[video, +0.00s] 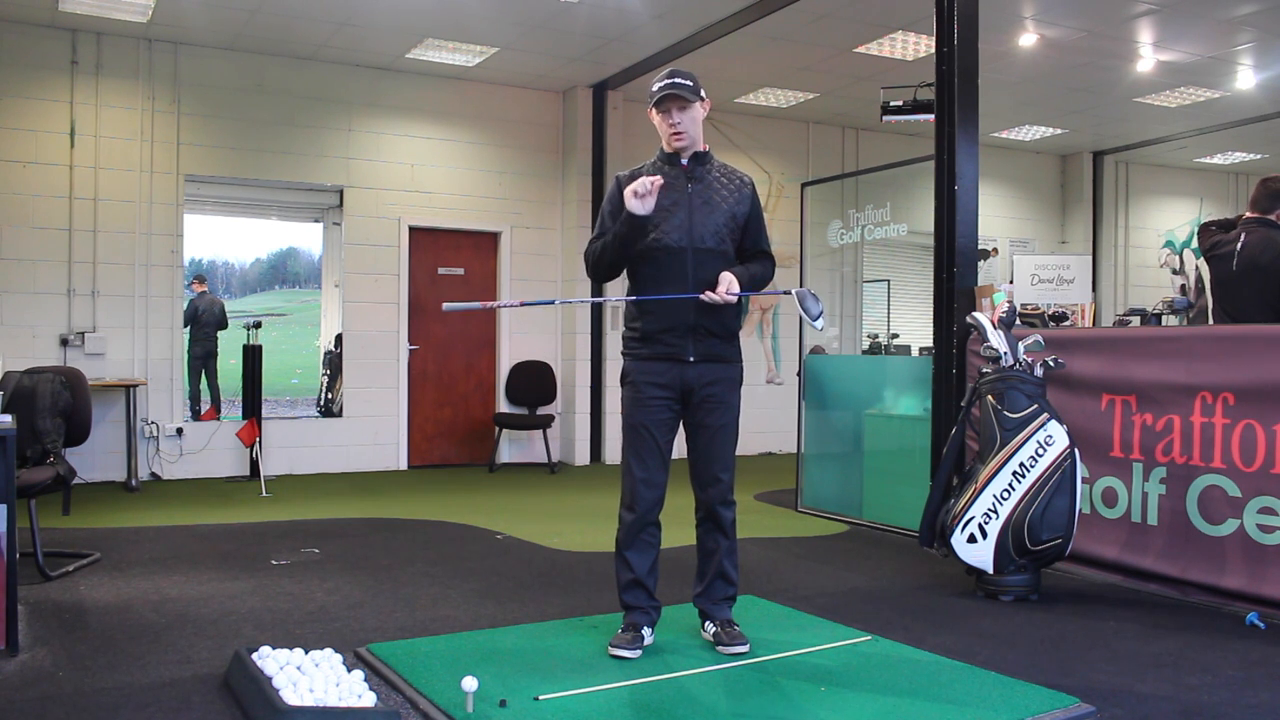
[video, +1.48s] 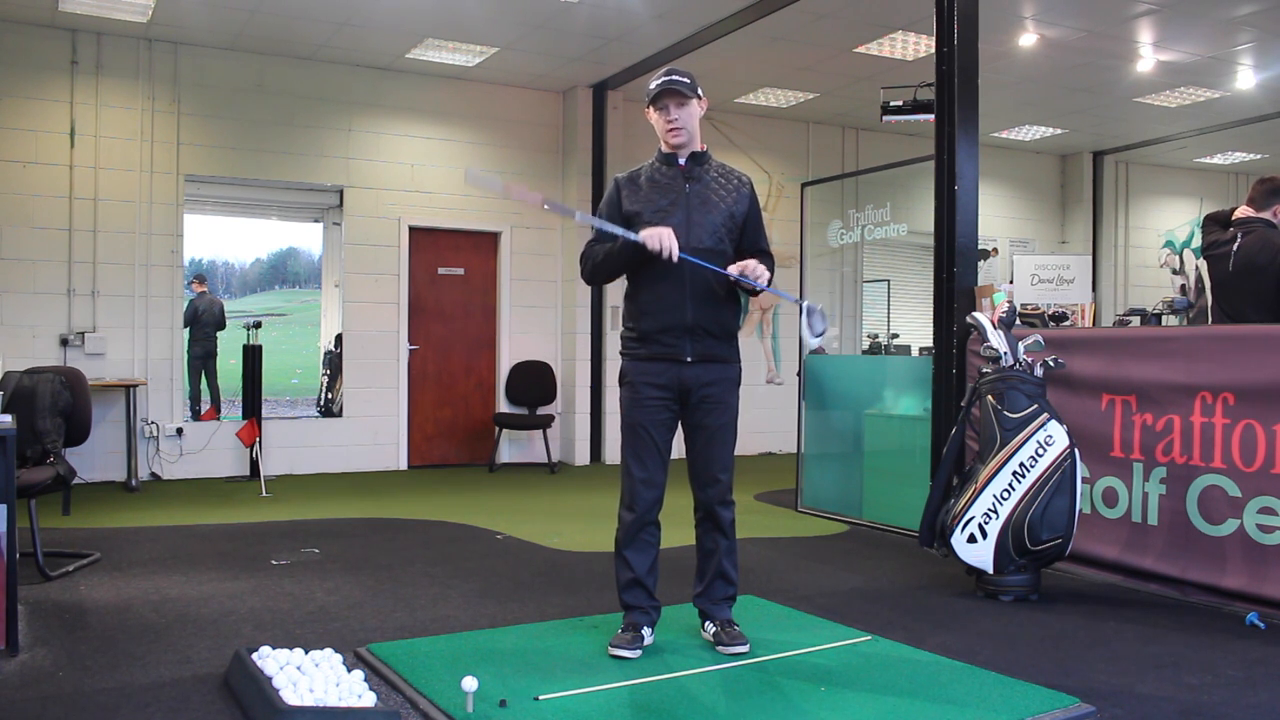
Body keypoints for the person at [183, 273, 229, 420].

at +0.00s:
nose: (191, 287)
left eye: (193, 284)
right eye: (192, 284)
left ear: (198, 285)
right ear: (205, 285)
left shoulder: (195, 301)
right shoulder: (218, 301)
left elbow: (185, 322)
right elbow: (224, 324)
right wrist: (210, 326)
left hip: (197, 345)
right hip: (212, 345)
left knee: (194, 383)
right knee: (213, 381)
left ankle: (195, 414)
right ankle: (216, 412)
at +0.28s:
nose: (192, 287)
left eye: (193, 285)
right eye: (192, 285)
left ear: (199, 285)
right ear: (206, 285)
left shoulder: (195, 302)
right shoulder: (218, 302)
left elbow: (184, 322)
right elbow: (224, 325)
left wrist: (185, 311)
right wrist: (210, 325)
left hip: (196, 345)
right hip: (212, 345)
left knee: (194, 383)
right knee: (213, 381)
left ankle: (195, 415)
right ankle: (216, 412)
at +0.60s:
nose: (192, 287)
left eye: (193, 285)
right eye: (192, 285)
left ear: (198, 285)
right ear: (205, 285)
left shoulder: (194, 302)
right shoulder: (218, 302)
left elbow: (185, 323)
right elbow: (224, 325)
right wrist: (210, 326)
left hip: (196, 345)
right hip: (212, 345)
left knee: (194, 383)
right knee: (213, 381)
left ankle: (195, 415)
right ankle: (216, 412)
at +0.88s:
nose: (191, 287)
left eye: (192, 284)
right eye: (191, 285)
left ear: (197, 285)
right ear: (205, 285)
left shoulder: (194, 302)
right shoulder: (217, 301)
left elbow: (185, 323)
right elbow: (224, 324)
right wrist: (210, 326)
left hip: (196, 345)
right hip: (212, 346)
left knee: (194, 383)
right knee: (213, 381)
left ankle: (195, 415)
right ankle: (216, 412)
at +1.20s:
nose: (191, 287)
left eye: (192, 284)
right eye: (191, 284)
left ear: (197, 285)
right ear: (204, 284)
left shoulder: (194, 302)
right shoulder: (217, 302)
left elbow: (185, 324)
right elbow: (222, 325)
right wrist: (209, 325)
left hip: (196, 345)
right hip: (211, 345)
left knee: (194, 383)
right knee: (213, 381)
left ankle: (195, 415)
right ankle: (216, 412)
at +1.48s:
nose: (191, 287)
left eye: (193, 284)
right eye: (191, 284)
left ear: (198, 284)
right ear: (205, 284)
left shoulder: (195, 302)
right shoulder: (217, 302)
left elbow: (185, 323)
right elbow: (222, 325)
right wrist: (209, 326)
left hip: (196, 344)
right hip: (211, 344)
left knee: (195, 382)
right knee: (212, 381)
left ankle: (195, 415)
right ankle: (216, 412)